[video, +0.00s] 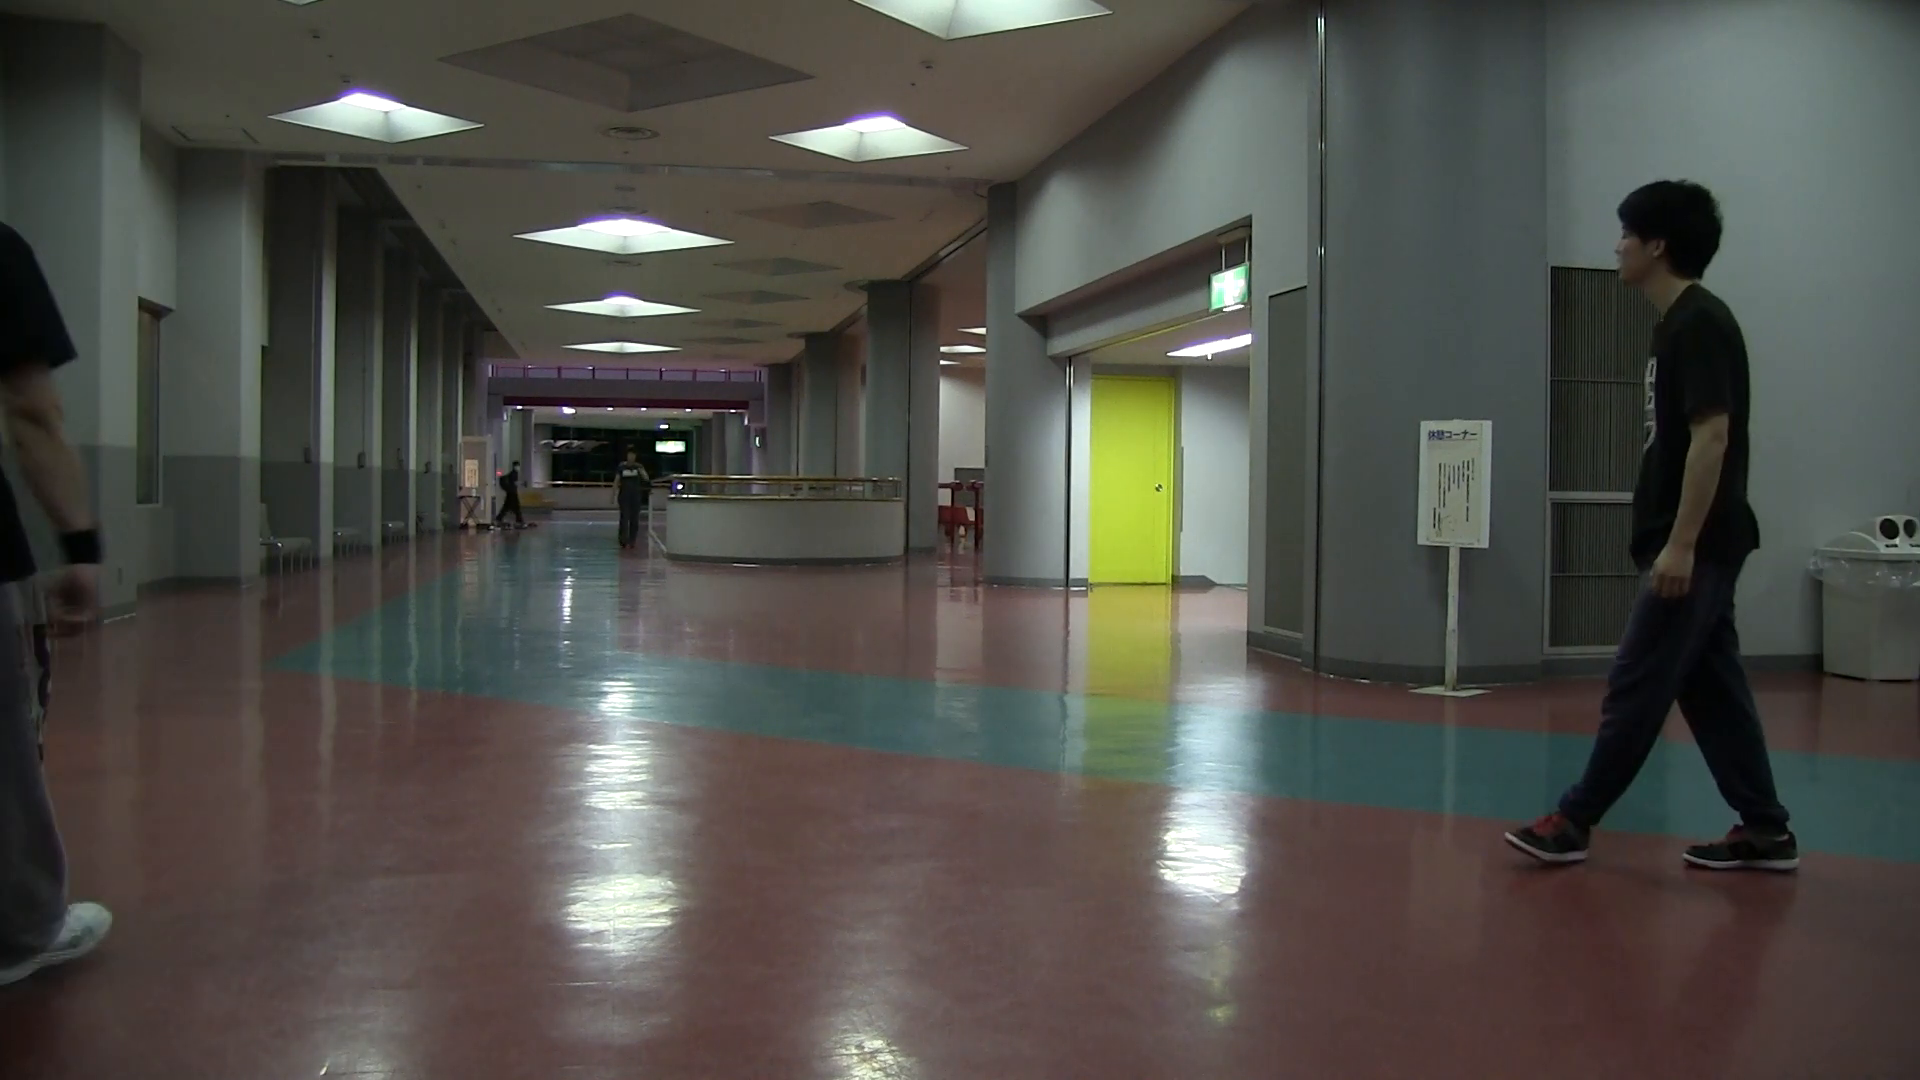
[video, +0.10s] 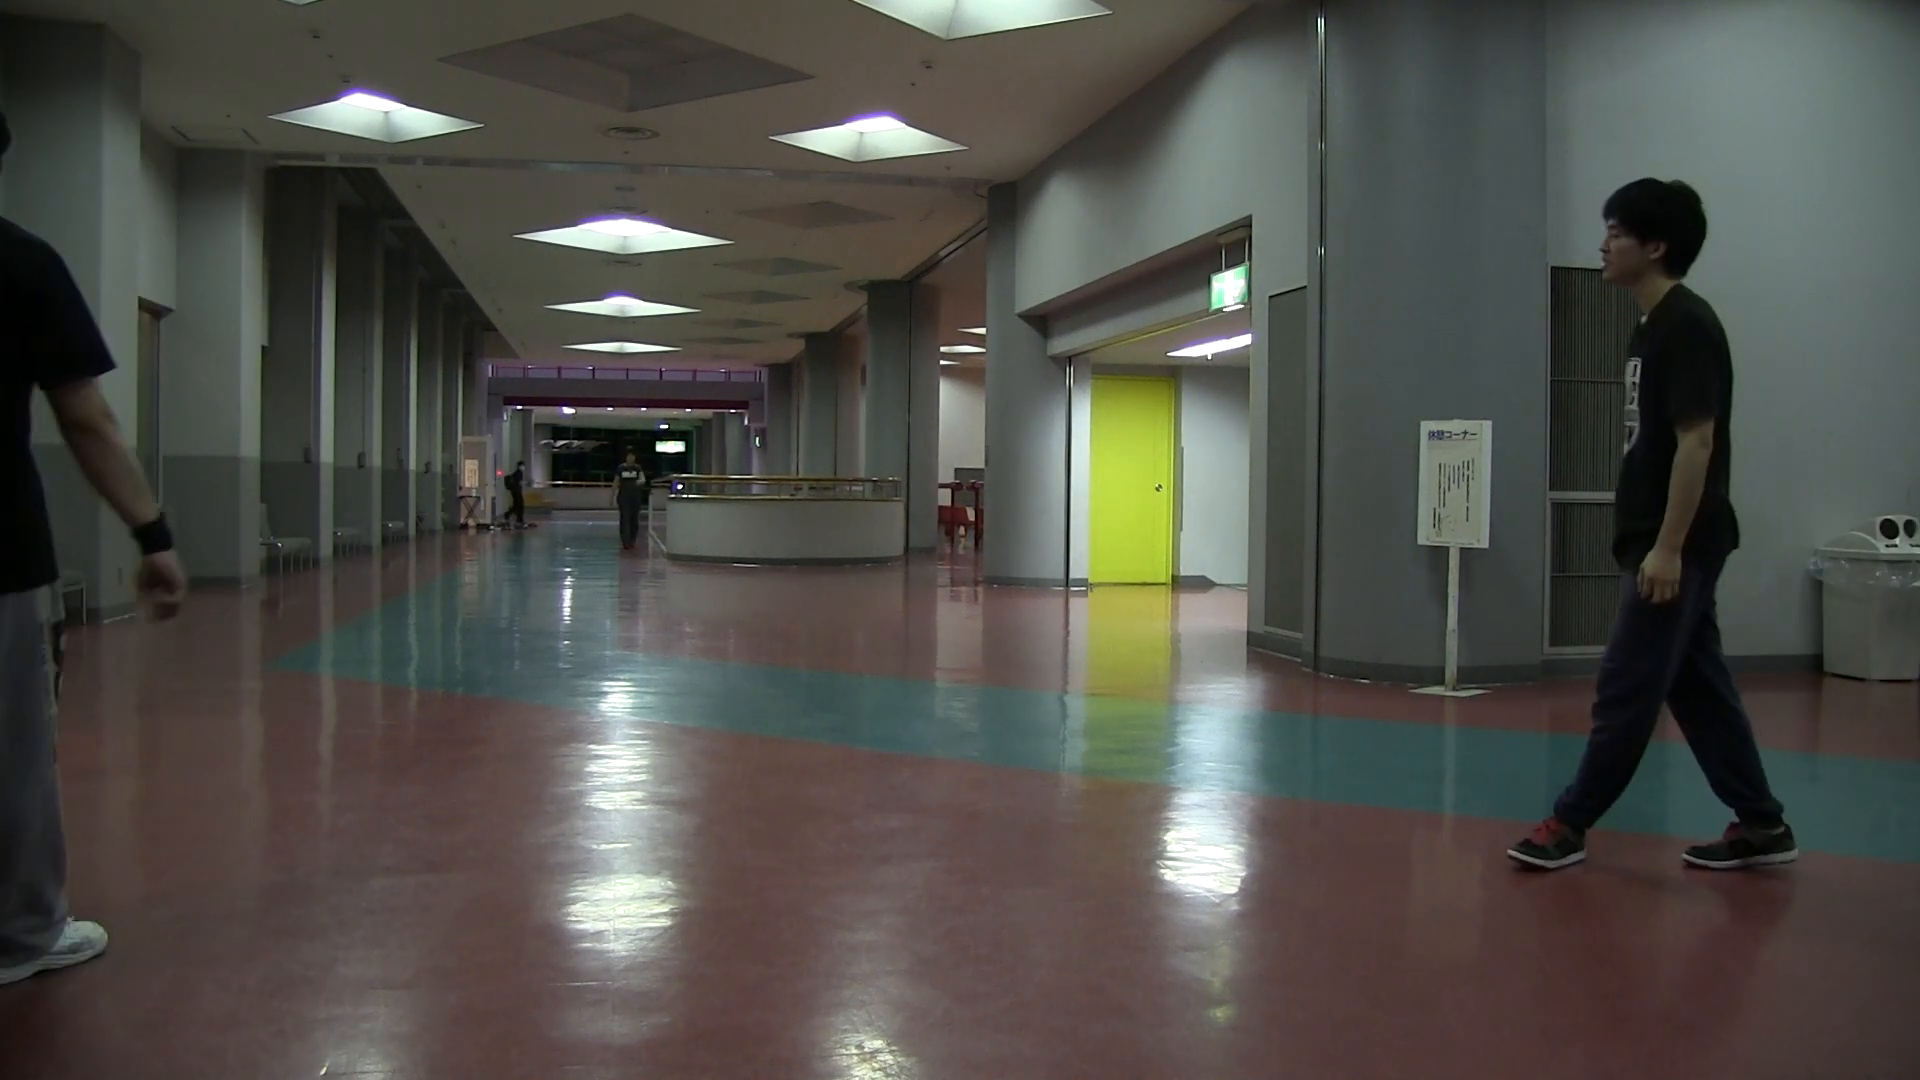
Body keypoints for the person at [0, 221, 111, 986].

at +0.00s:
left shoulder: (12, 257)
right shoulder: (7, 255)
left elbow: (33, 410)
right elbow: (31, 410)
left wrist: (76, 546)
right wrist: (81, 544)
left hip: (7, 563)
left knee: (14, 733)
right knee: (12, 734)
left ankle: (26, 918)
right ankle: (26, 922)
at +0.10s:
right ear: (4, 154)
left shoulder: (29, 265)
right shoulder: (24, 262)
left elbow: (86, 420)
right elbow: (86, 421)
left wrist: (150, 533)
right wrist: (153, 534)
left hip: (14, 562)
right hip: (6, 562)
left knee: (22, 749)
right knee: (19, 751)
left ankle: (26, 923)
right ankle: (26, 927)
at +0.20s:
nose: (26, 170)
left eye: (22, 155)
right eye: (25, 156)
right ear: (17, 159)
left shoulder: (48, 260)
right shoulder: (46, 261)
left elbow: (121, 418)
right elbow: (120, 417)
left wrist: (182, 509)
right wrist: (185, 511)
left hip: (22, 546)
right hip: (19, 548)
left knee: (29, 738)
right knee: (28, 739)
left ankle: (23, 926)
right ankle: (25, 932)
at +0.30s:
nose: (41, 171)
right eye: (41, 158)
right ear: (37, 163)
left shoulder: (65, 267)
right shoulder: (68, 268)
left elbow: (139, 416)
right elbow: (140, 414)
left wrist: (185, 491)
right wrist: (189, 494)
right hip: (31, 548)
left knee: (34, 740)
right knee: (35, 741)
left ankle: (22, 929)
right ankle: (23, 935)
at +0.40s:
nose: (56, 171)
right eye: (61, 157)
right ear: (61, 164)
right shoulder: (87, 270)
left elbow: (143, 418)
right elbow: (143, 417)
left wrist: (171, 486)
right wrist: (175, 489)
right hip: (42, 544)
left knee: (33, 737)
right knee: (38, 737)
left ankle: (22, 925)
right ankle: (22, 932)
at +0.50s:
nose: (80, 179)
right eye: (79, 163)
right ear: (73, 167)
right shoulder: (99, 271)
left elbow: (134, 417)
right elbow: (135, 414)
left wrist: (151, 491)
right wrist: (153, 494)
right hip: (49, 539)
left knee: (35, 731)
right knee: (42, 731)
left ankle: (27, 925)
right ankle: (25, 931)